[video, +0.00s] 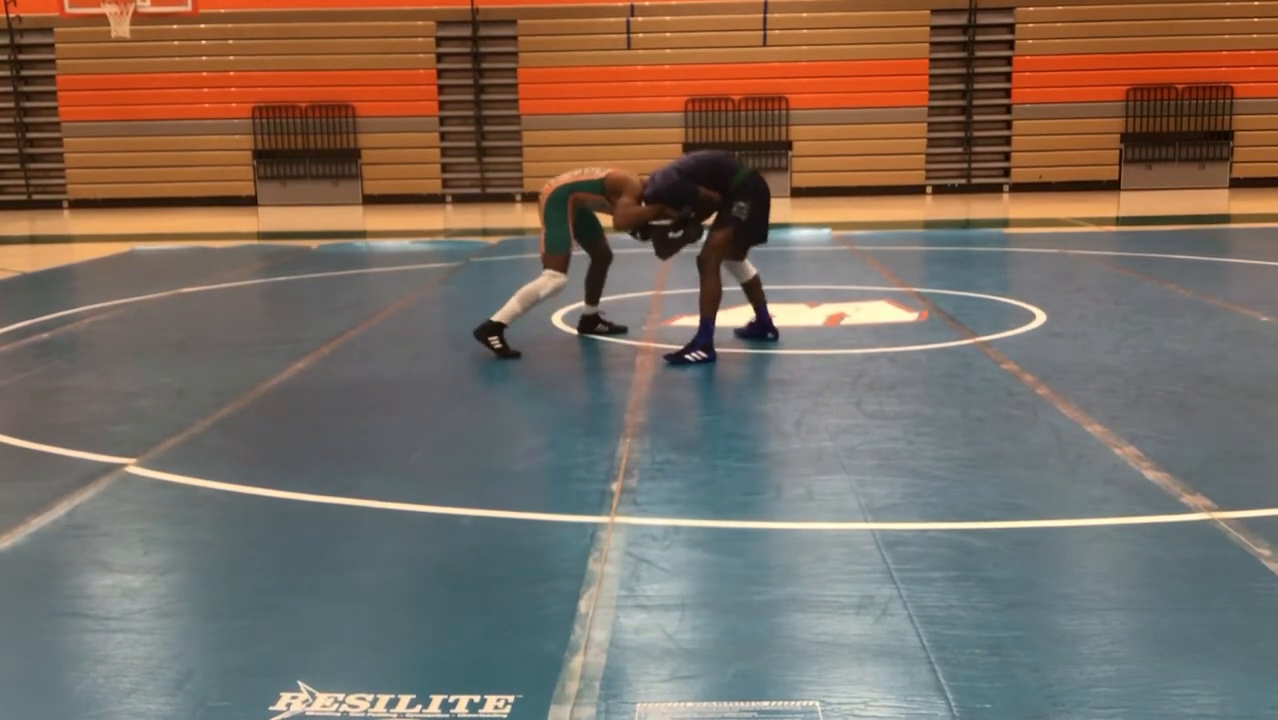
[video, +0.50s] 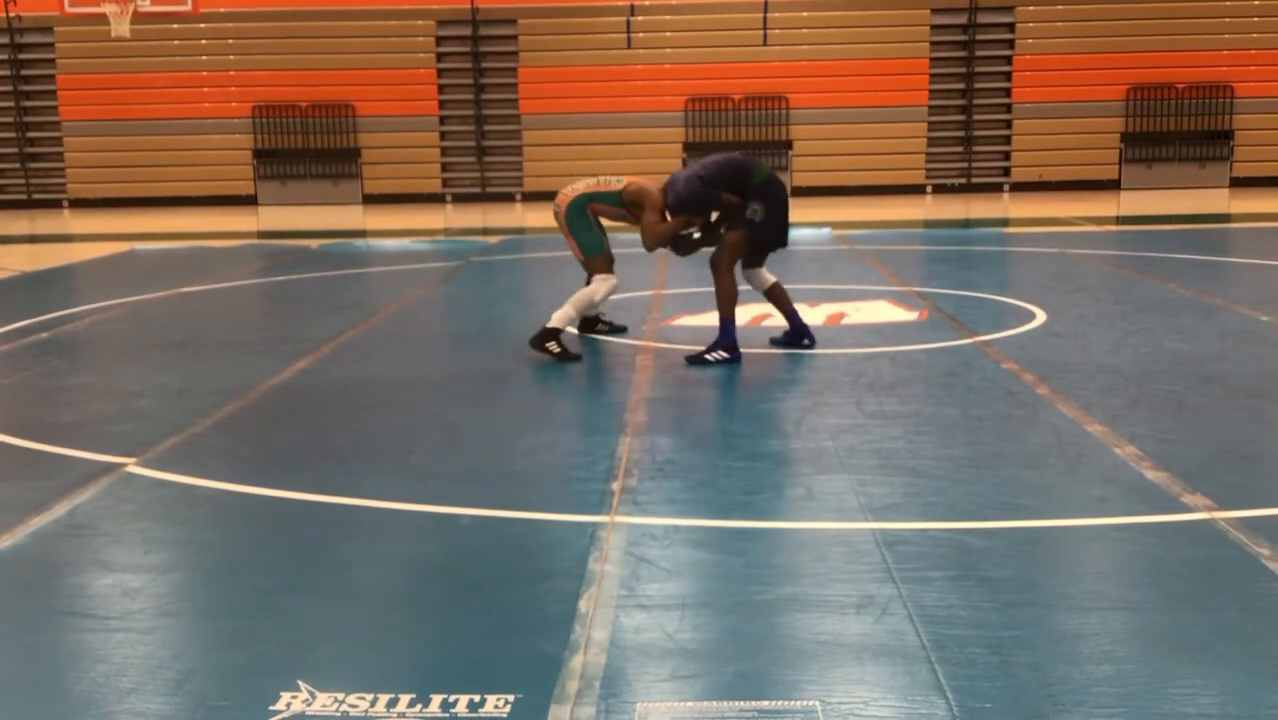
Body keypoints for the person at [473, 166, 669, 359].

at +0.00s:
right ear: (662, 194)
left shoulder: (637, 194)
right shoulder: (633, 186)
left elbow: (663, 249)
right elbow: (622, 221)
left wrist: (682, 228)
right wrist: (659, 209)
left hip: (578, 204)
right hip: (558, 198)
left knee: (603, 256)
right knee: (555, 278)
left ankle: (590, 318)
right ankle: (493, 327)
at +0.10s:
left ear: (655, 182)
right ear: (659, 184)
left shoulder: (640, 188)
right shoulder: (635, 181)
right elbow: (624, 216)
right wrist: (661, 206)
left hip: (582, 201)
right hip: (562, 194)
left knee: (603, 256)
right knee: (559, 275)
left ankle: (590, 318)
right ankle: (497, 323)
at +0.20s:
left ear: (660, 178)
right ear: (665, 183)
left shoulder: (641, 185)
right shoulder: (641, 181)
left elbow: (633, 219)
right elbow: (632, 218)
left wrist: (666, 212)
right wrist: (669, 206)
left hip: (583, 197)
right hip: (566, 193)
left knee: (602, 257)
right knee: (578, 268)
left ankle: (590, 319)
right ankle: (512, 314)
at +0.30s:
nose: (684, 208)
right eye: (686, 201)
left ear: (669, 179)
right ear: (677, 192)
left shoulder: (655, 190)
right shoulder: (649, 185)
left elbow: (670, 247)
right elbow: (642, 226)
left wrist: (697, 236)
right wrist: (679, 210)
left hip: (583, 198)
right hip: (569, 196)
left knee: (603, 260)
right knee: (593, 268)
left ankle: (590, 319)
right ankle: (543, 326)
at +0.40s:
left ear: (671, 186)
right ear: (678, 194)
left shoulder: (654, 193)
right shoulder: (654, 193)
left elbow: (670, 245)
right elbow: (649, 236)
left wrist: (699, 238)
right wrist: (683, 217)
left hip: (580, 203)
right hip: (574, 205)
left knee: (603, 262)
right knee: (604, 280)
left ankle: (590, 319)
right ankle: (549, 334)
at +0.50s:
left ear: (671, 190)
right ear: (678, 197)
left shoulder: (655, 200)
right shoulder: (651, 197)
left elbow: (679, 247)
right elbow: (651, 241)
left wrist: (704, 236)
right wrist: (685, 221)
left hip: (580, 206)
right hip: (573, 208)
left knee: (603, 266)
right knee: (605, 281)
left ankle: (589, 320)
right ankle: (548, 335)